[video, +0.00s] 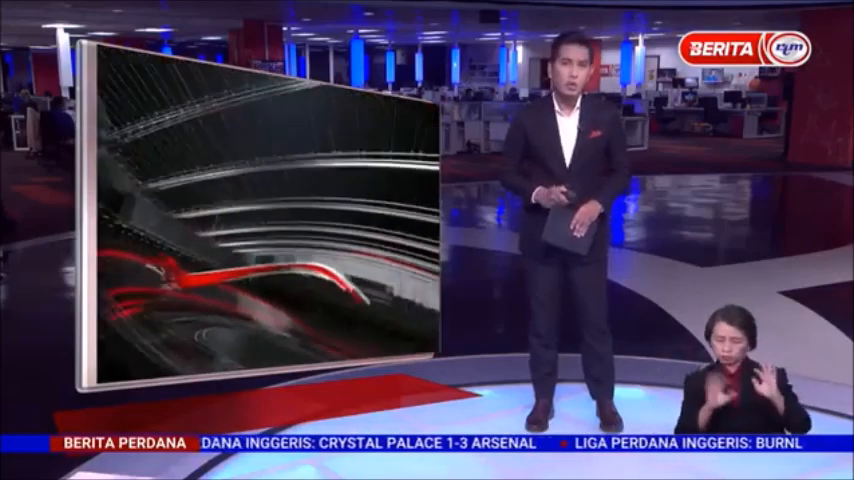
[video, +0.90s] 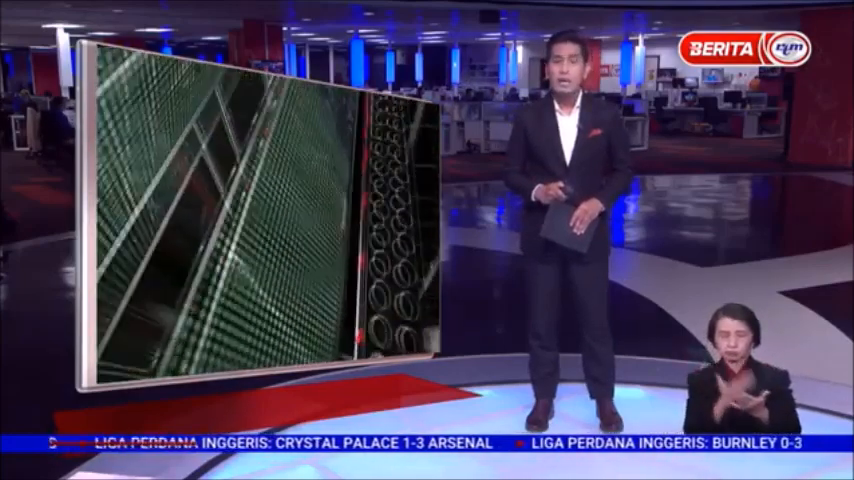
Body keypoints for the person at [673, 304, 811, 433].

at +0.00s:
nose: (727, 349)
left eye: (736, 341)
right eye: (720, 340)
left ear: (749, 344)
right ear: (710, 342)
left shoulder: (772, 378)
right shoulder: (697, 381)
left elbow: (802, 427)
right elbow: (682, 436)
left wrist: (775, 397)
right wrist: (709, 408)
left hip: (767, 464)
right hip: (713, 465)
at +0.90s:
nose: (732, 343)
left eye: (741, 335)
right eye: (724, 335)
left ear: (754, 339)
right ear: (714, 340)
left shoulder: (775, 379)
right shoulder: (701, 381)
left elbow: (792, 431)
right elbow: (692, 432)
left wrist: (759, 411)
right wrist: (722, 405)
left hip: (766, 461)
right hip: (715, 461)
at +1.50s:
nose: (737, 344)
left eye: (745, 336)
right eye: (729, 336)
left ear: (758, 340)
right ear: (719, 340)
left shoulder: (779, 379)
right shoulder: (702, 379)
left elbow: (801, 430)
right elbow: (680, 433)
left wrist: (772, 422)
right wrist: (701, 414)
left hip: (767, 465)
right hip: (712, 464)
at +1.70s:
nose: (736, 347)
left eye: (744, 338)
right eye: (728, 338)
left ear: (758, 341)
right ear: (718, 341)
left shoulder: (779, 380)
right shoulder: (704, 379)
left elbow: (795, 434)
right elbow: (683, 431)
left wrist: (774, 436)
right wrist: (703, 415)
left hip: (763, 464)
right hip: (712, 462)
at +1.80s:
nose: (735, 349)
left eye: (744, 340)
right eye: (728, 340)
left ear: (757, 342)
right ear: (718, 342)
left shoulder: (777, 380)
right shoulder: (704, 377)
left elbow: (792, 432)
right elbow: (685, 425)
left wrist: (770, 428)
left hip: (762, 462)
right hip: (715, 460)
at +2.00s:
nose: (735, 350)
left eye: (743, 341)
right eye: (728, 341)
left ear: (757, 343)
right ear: (718, 343)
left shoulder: (777, 379)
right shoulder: (704, 377)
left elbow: (789, 430)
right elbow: (685, 421)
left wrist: (770, 421)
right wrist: (712, 386)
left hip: (762, 462)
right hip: (714, 460)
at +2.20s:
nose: (735, 349)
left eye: (744, 341)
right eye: (728, 341)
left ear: (757, 343)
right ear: (718, 343)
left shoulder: (777, 380)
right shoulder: (704, 378)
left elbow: (789, 434)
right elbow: (685, 427)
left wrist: (762, 428)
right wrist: (723, 422)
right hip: (714, 462)